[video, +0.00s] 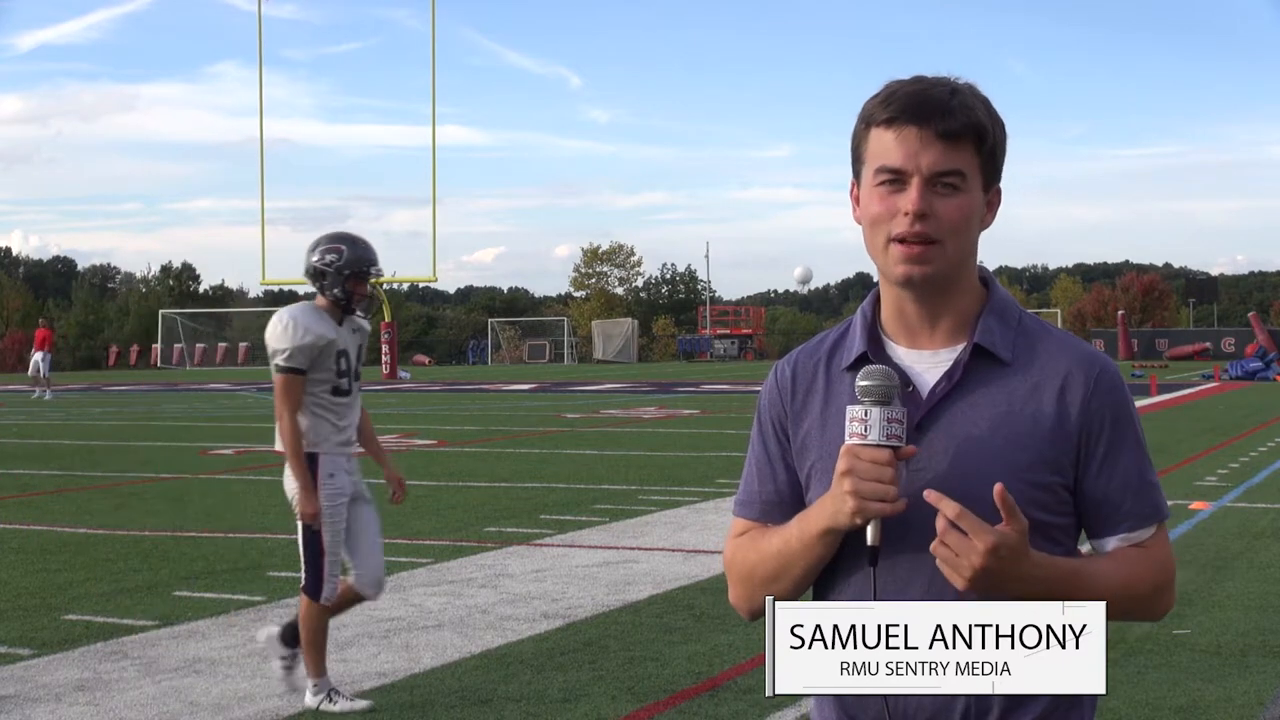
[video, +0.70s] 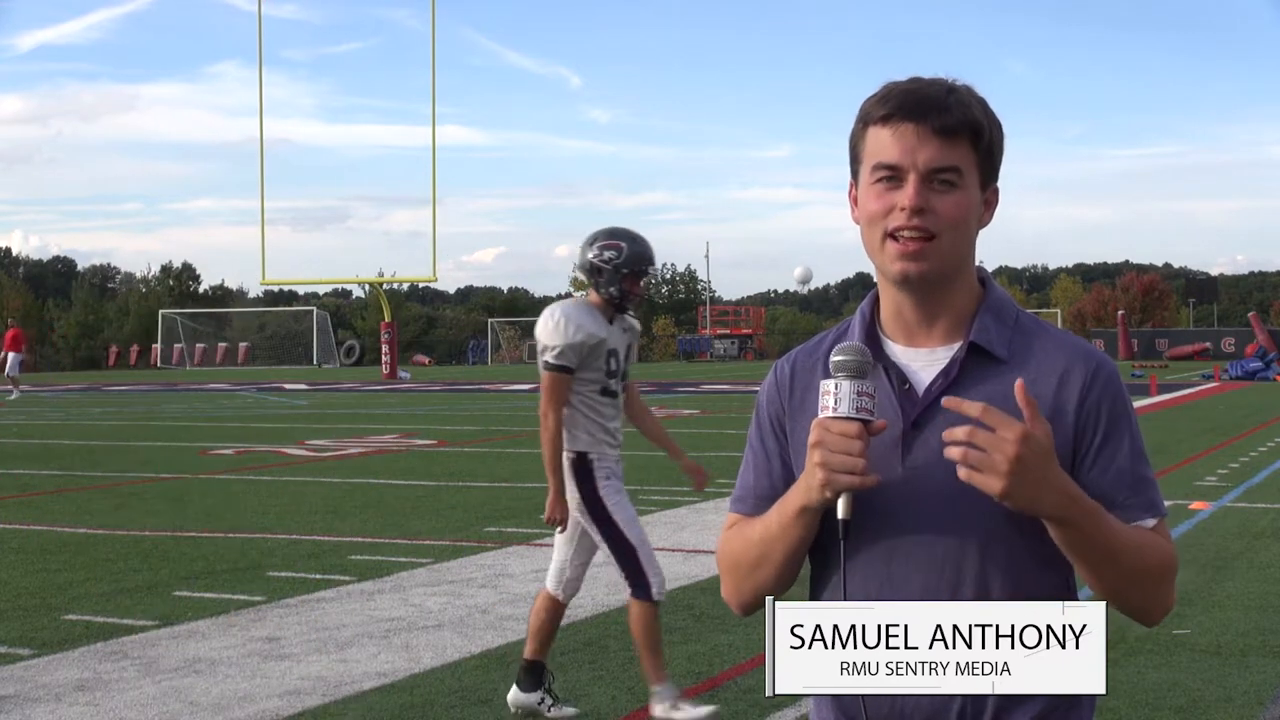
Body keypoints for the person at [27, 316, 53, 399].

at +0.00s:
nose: (41, 323)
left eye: (42, 321)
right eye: (40, 322)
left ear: (46, 322)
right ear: (39, 323)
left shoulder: (48, 332)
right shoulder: (37, 331)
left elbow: (48, 344)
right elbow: (36, 342)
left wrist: (44, 355)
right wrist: (33, 351)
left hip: (44, 353)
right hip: (37, 352)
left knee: (44, 374)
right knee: (32, 373)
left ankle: (48, 392)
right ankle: (38, 390)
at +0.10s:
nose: (38, 323)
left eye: (40, 321)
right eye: (37, 321)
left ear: (43, 323)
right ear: (36, 323)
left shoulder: (45, 332)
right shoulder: (34, 331)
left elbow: (43, 343)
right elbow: (34, 342)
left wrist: (35, 351)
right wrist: (32, 351)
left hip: (42, 353)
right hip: (34, 353)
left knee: (43, 374)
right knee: (29, 374)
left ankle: (48, 392)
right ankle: (28, 391)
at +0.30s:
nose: (28, 324)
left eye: (30, 323)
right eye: (27, 323)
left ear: (33, 323)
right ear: (27, 324)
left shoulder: (35, 332)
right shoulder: (27, 332)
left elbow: (33, 343)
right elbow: (27, 343)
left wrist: (24, 348)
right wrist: (24, 349)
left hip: (34, 354)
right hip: (26, 354)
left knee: (38, 375)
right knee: (21, 375)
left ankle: (47, 392)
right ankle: (18, 392)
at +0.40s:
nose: (23, 324)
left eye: (24, 323)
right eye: (22, 323)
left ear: (28, 323)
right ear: (21, 324)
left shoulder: (30, 332)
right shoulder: (22, 332)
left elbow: (29, 344)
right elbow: (21, 343)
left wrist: (19, 350)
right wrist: (19, 350)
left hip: (28, 355)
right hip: (21, 354)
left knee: (33, 376)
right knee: (17, 376)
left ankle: (46, 391)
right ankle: (16, 393)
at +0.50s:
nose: (18, 324)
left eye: (20, 322)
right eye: (17, 322)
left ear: (23, 323)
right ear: (17, 324)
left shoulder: (25, 332)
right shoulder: (17, 332)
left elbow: (26, 344)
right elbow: (17, 343)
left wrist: (20, 353)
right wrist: (15, 353)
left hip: (23, 354)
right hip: (16, 354)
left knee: (24, 376)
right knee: (16, 375)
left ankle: (39, 390)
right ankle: (16, 392)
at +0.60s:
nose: (13, 324)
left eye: (15, 322)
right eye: (13, 322)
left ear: (18, 322)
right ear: (12, 323)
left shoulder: (20, 331)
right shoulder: (12, 332)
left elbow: (24, 343)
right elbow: (11, 344)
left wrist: (23, 353)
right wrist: (8, 354)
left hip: (18, 354)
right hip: (12, 353)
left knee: (15, 374)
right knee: (14, 374)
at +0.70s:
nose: (9, 324)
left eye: (11, 322)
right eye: (9, 322)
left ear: (14, 323)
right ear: (8, 323)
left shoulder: (17, 331)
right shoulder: (8, 332)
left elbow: (23, 343)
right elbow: (6, 345)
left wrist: (24, 353)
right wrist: (3, 354)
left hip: (15, 353)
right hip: (11, 352)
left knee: (9, 373)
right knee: (13, 373)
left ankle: (16, 391)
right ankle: (16, 391)